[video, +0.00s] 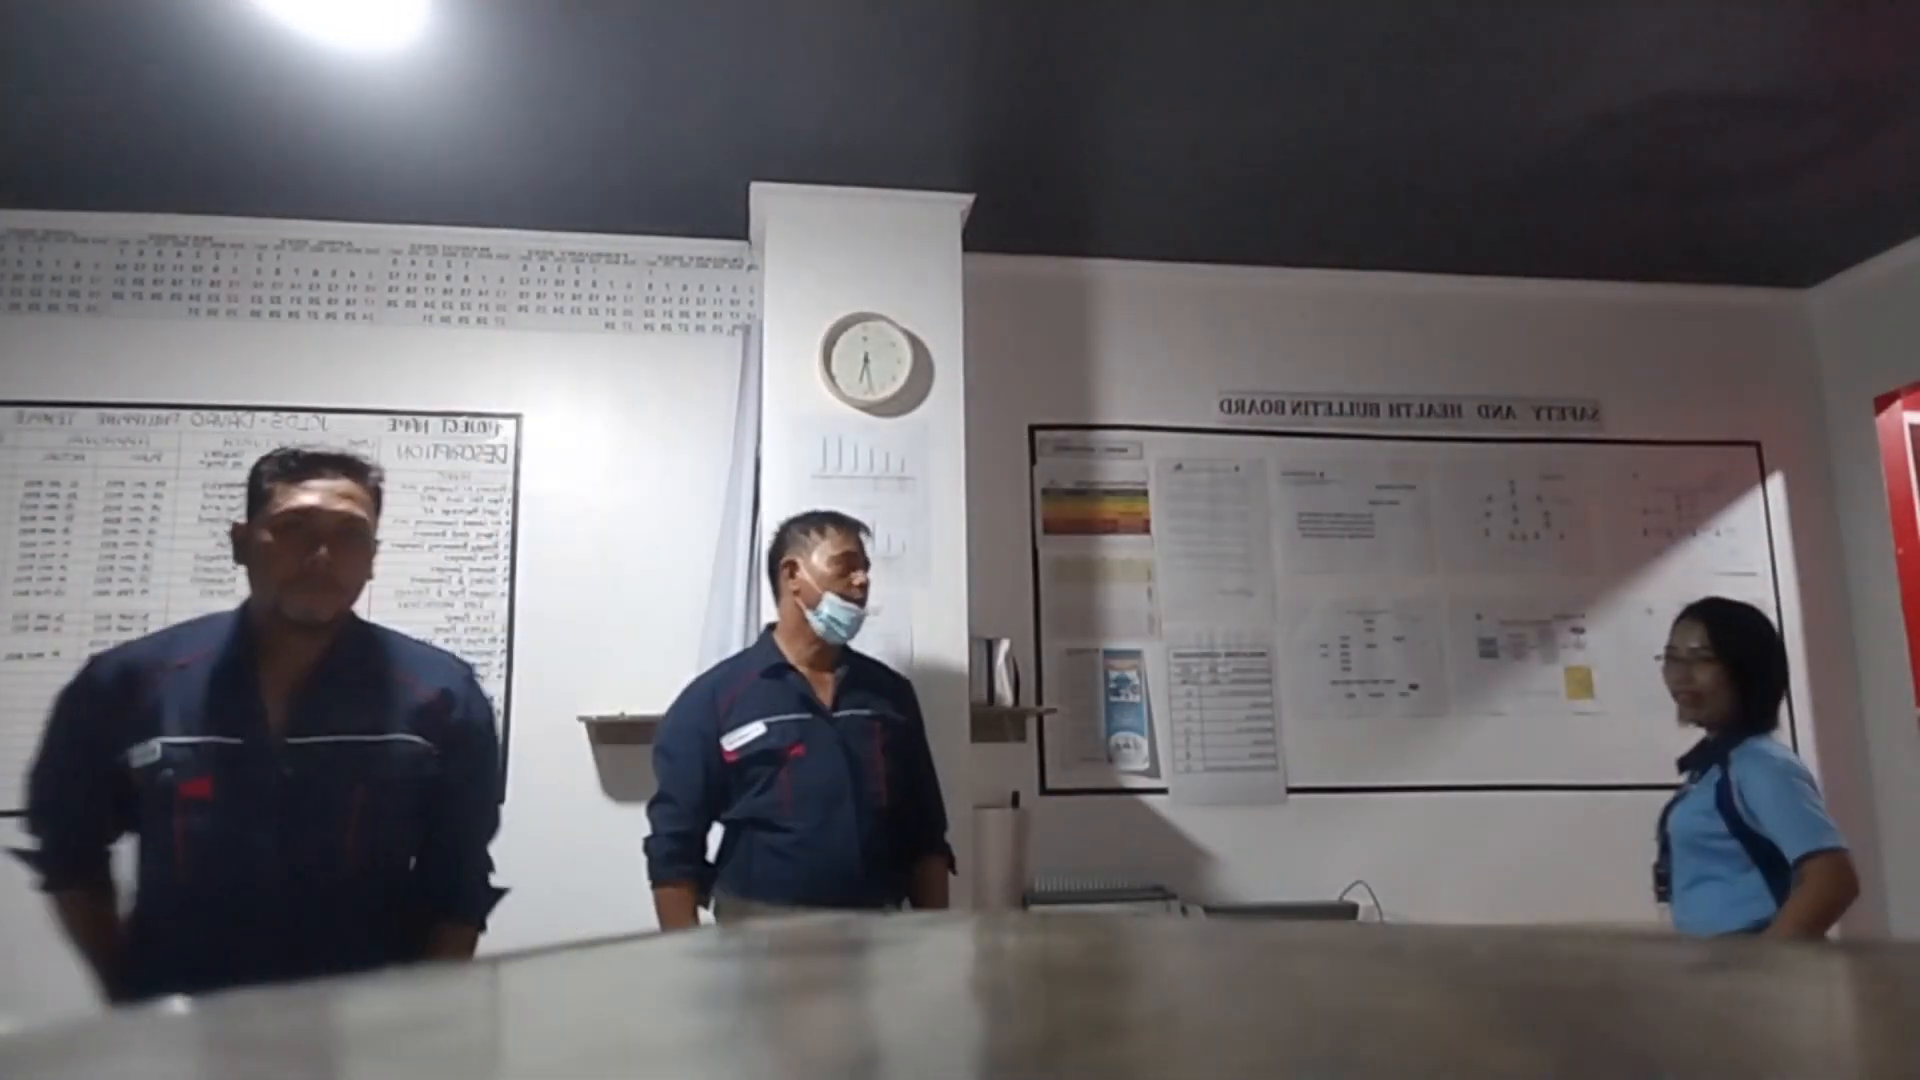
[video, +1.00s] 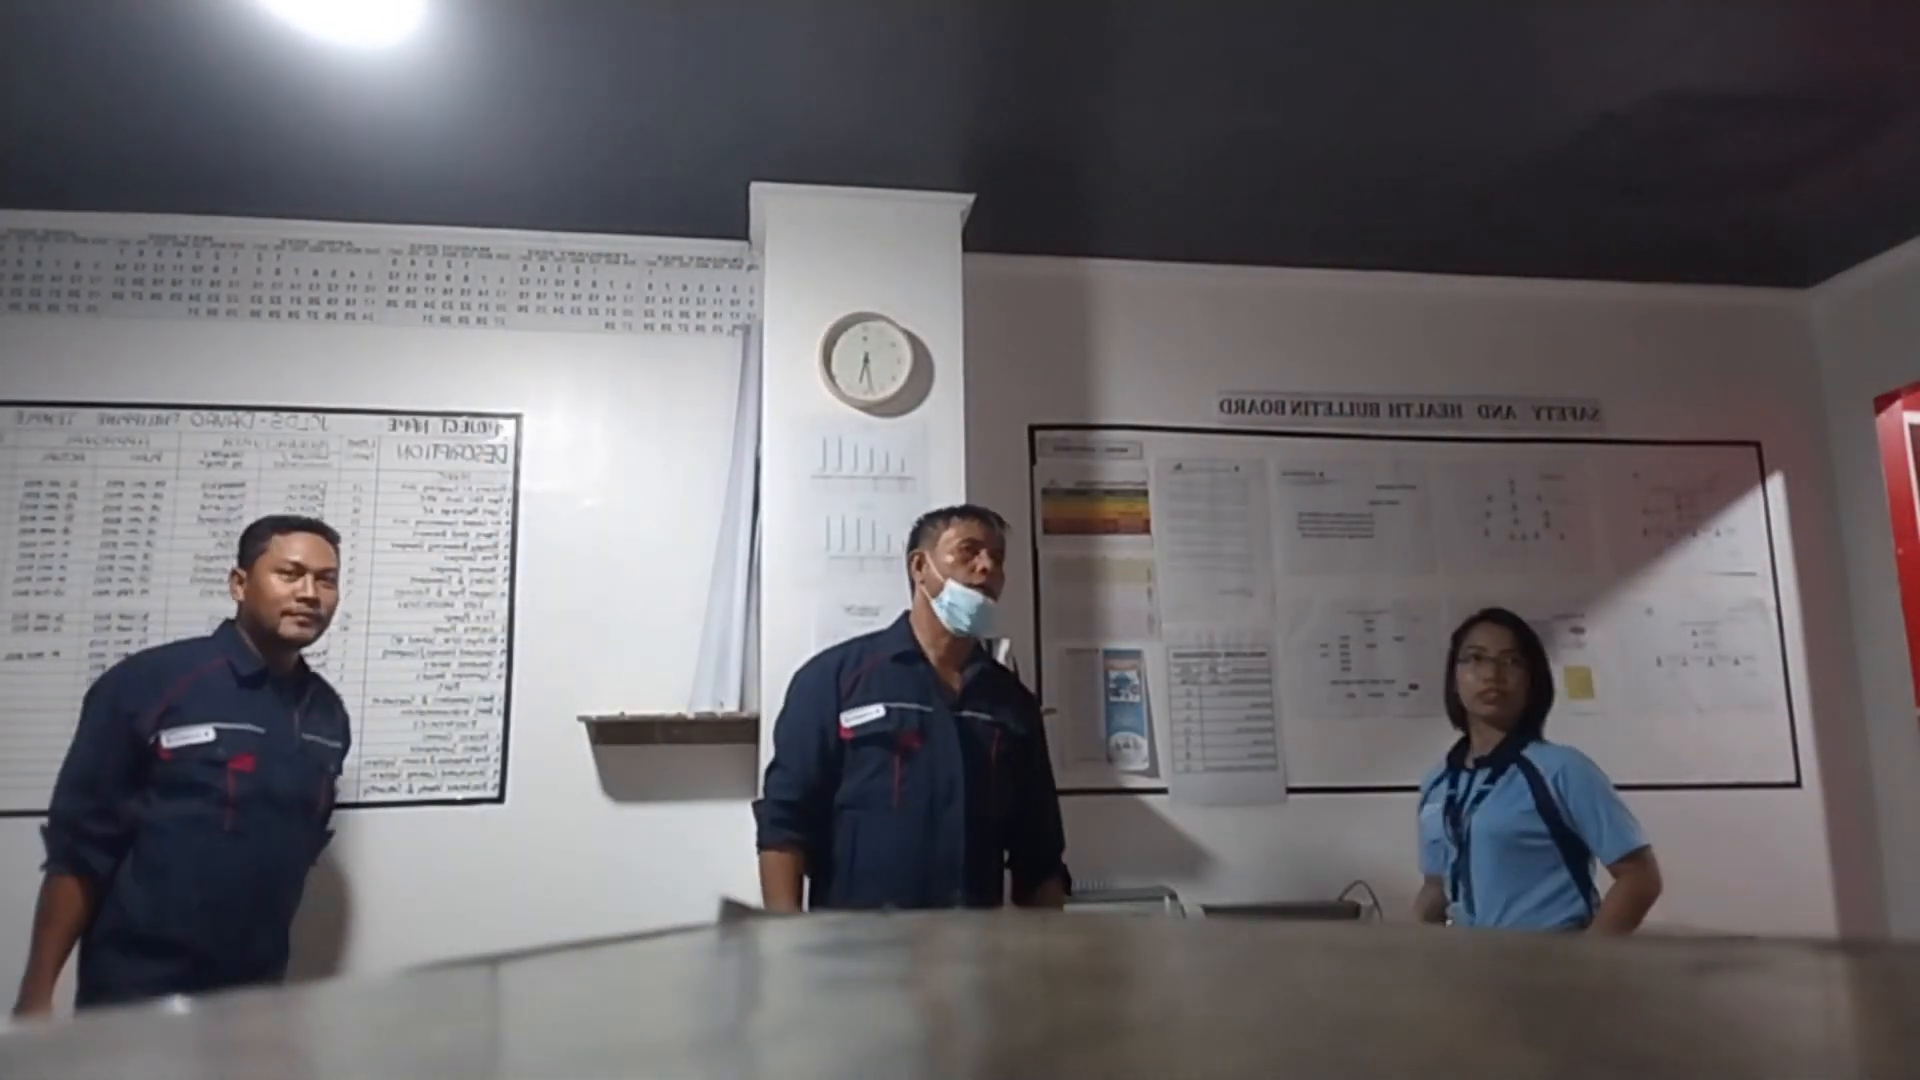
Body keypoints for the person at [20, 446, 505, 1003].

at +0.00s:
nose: (322, 555)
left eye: (348, 536)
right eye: (297, 530)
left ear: (373, 559)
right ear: (243, 544)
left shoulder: (443, 699)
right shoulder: (126, 690)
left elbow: (459, 896)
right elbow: (68, 857)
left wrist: (415, 1032)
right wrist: (137, 998)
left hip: (367, 1030)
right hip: (182, 1030)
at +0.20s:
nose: (302, 537)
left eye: (323, 520)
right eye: (275, 515)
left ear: (344, 538)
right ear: (221, 526)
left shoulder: (390, 671)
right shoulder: (87, 664)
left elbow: (426, 828)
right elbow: (12, 824)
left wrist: (426, 967)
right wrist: (33, 978)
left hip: (314, 1009)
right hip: (138, 1014)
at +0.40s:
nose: (306, 553)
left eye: (322, 539)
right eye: (282, 531)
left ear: (335, 556)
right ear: (221, 542)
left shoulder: (353, 679)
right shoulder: (115, 670)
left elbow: (393, 793)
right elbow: (3, 780)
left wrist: (396, 909)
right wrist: (7, 934)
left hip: (288, 1004)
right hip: (145, 1009)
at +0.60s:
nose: (321, 595)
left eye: (335, 581)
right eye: (297, 576)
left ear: (348, 596)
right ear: (243, 591)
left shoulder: (344, 723)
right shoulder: (137, 706)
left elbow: (370, 837)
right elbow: (31, 838)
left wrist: (398, 940)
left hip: (261, 1010)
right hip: (133, 1018)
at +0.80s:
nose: (327, 593)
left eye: (342, 578)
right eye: (306, 573)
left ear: (353, 594)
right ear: (255, 584)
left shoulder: (334, 712)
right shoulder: (157, 686)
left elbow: (322, 859)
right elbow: (84, 840)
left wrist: (332, 978)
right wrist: (56, 983)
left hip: (245, 996)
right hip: (130, 996)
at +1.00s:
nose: (311, 594)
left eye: (325, 579)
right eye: (290, 574)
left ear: (337, 597)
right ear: (241, 585)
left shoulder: (327, 717)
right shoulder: (141, 688)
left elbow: (293, 859)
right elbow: (80, 853)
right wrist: (35, 998)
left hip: (252, 1000)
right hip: (133, 1000)